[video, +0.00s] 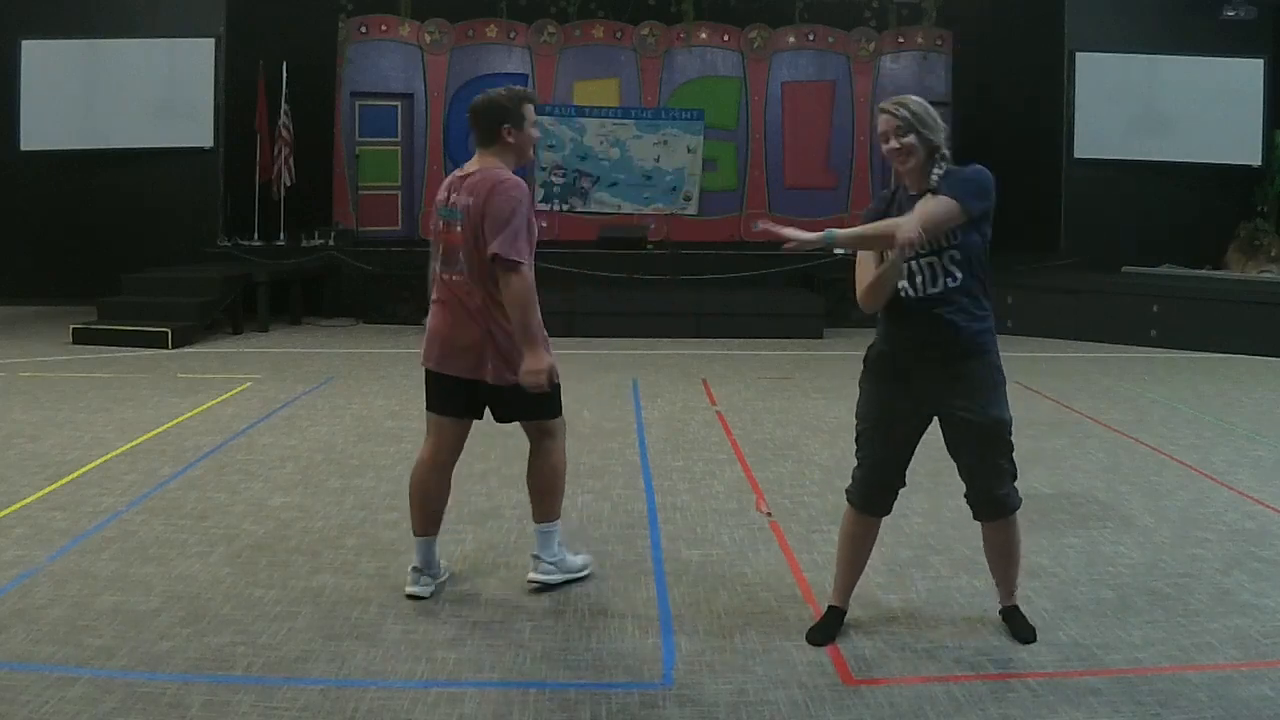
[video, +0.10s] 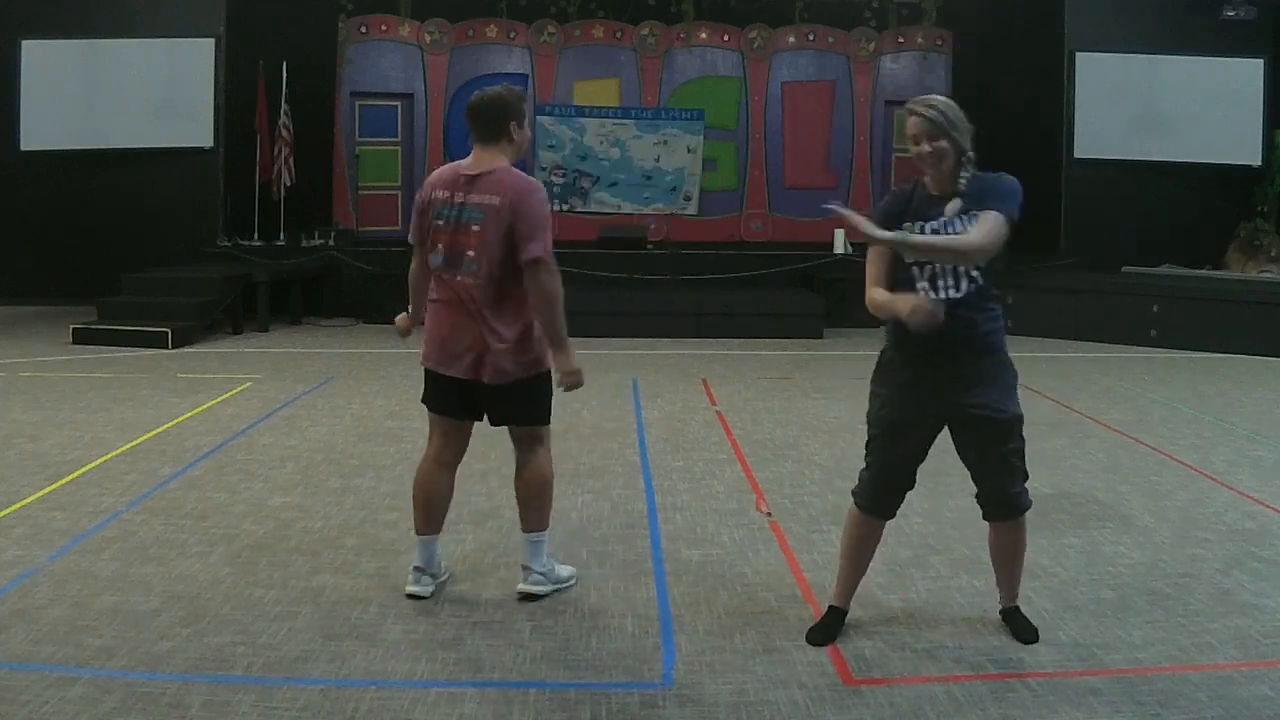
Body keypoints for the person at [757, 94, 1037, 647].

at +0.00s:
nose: (892, 147)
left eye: (900, 135)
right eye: (884, 140)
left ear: (928, 135)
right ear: (882, 148)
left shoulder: (972, 182)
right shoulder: (877, 214)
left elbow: (909, 227)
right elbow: (867, 299)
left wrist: (825, 237)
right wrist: (892, 257)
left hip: (968, 363)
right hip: (897, 364)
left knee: (994, 493)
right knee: (869, 489)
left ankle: (1009, 603)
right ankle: (837, 605)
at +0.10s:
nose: (922, 153)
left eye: (931, 141)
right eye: (914, 145)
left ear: (958, 140)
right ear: (909, 148)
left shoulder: (997, 190)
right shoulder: (894, 209)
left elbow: (979, 244)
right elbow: (874, 294)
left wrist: (884, 234)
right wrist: (903, 304)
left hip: (981, 366)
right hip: (908, 368)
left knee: (1007, 496)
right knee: (877, 491)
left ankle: (1011, 605)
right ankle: (838, 605)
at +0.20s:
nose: (953, 155)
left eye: (964, 144)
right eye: (946, 146)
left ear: (990, 144)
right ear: (939, 150)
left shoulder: (1027, 196)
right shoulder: (925, 206)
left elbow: (1040, 257)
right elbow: (890, 288)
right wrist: (882, 337)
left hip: (999, 370)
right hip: (927, 369)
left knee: (1018, 495)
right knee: (883, 490)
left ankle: (1011, 604)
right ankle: (835, 600)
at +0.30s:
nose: (985, 155)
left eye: (994, 144)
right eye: (976, 146)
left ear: (1019, 140)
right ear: (967, 147)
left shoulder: (1051, 191)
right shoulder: (950, 200)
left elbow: (1091, 246)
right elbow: (906, 281)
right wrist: (866, 345)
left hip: (1016, 359)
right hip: (945, 355)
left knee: (1025, 488)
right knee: (900, 468)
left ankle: (1013, 605)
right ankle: (827, 571)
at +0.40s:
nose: (1007, 152)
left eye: (1017, 142)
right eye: (999, 142)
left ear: (1037, 139)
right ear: (986, 140)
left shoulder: (1066, 186)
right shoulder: (963, 196)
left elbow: (1127, 239)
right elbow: (916, 275)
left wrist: (1168, 292)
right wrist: (863, 338)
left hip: (1028, 355)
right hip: (960, 346)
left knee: (1026, 484)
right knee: (919, 457)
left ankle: (1013, 606)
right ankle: (838, 489)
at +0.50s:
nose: (1028, 150)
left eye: (1037, 139)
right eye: (1017, 139)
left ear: (1051, 136)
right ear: (997, 135)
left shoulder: (1076, 182)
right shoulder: (971, 193)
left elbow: (1143, 231)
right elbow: (927, 266)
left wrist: (1209, 282)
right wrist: (875, 330)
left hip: (1037, 355)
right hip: (972, 343)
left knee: (1028, 486)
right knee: (922, 453)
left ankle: (1013, 606)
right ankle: (865, 411)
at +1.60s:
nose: (1053, 179)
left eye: (1065, 172)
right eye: (1047, 167)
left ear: (1079, 162)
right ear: (1026, 146)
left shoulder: (1085, 203)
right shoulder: (982, 182)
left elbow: (1142, 257)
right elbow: (932, 253)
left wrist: (1201, 309)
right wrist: (878, 314)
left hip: (1023, 358)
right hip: (953, 346)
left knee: (1018, 484)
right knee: (923, 466)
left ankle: (1012, 606)